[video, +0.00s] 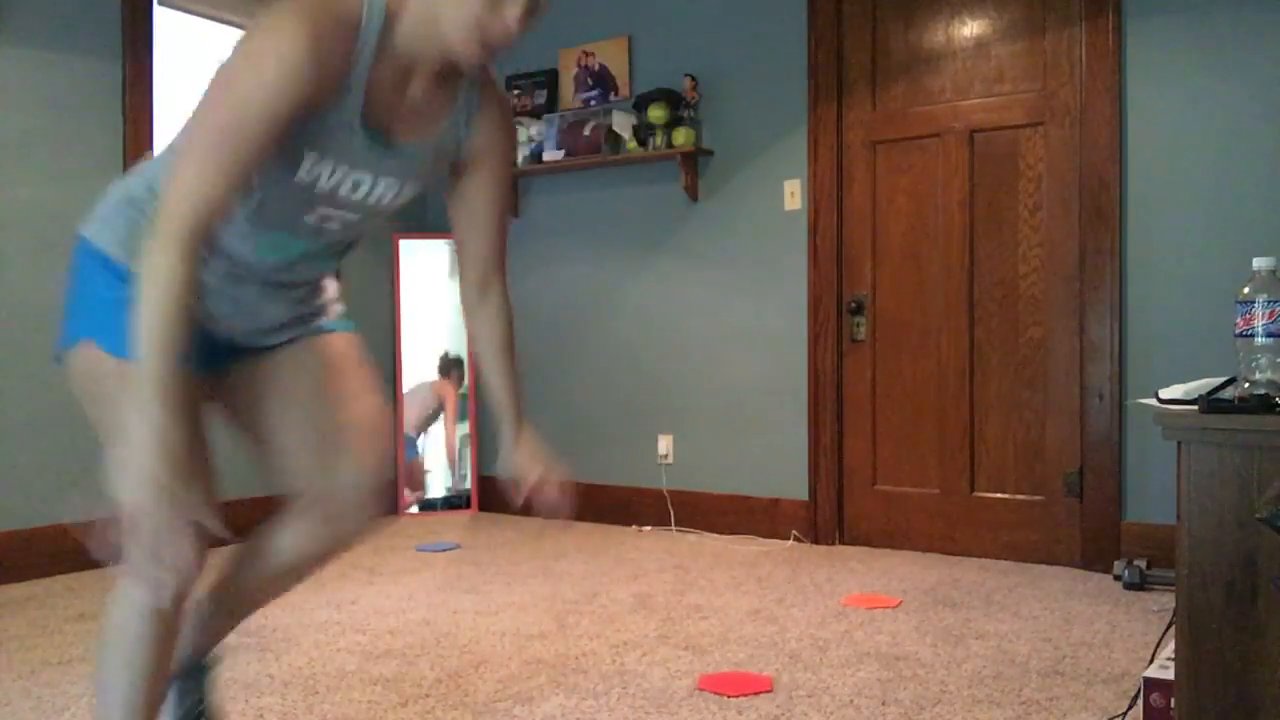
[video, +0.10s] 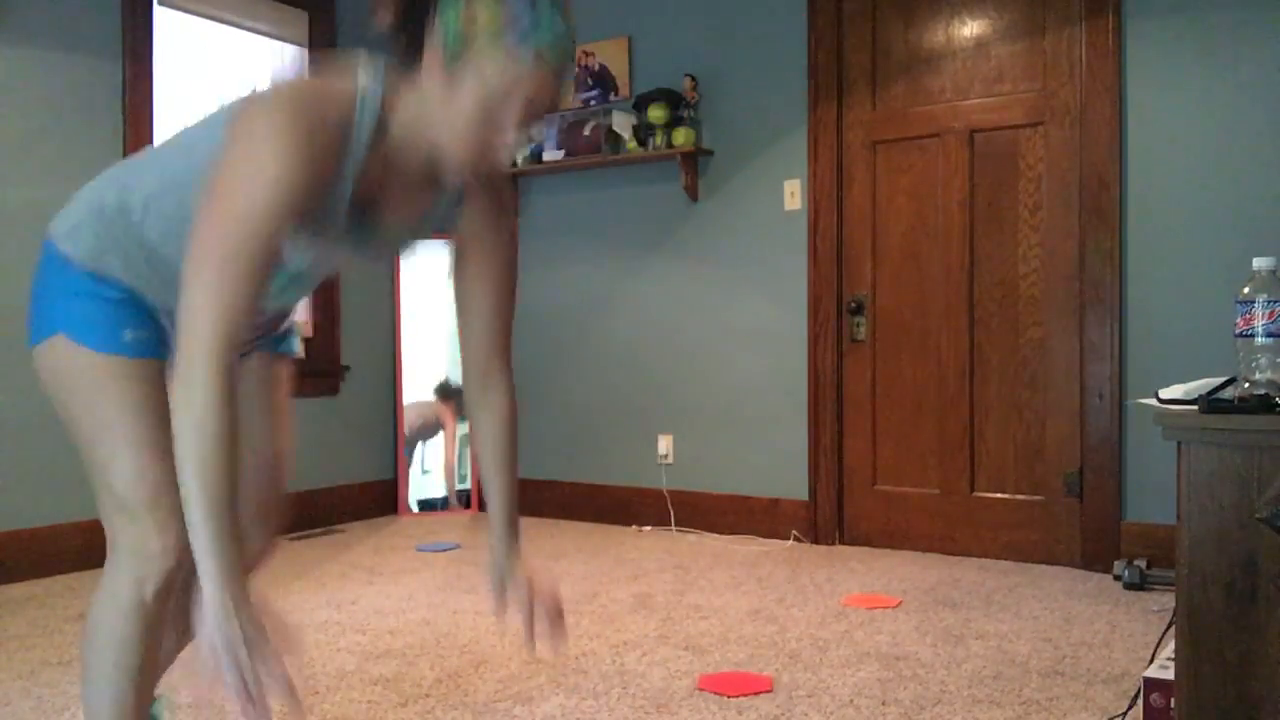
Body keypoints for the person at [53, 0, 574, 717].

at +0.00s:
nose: (513, 21)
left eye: (526, 8)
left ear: (533, 17)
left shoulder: (481, 120)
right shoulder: (308, 36)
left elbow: (483, 285)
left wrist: (515, 432)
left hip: (282, 297)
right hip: (145, 268)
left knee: (352, 491)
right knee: (168, 539)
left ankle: (182, 649)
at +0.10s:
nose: (512, 146)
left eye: (531, 121)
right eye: (504, 108)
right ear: (438, 60)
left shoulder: (479, 191)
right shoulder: (295, 126)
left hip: (243, 313)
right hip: (107, 279)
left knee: (251, 535)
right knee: (153, 549)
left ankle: (125, 695)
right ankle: (120, 706)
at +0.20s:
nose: (491, 304)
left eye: (510, 281)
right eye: (483, 269)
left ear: (533, 265)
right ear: (427, 211)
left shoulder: (459, 276)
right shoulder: (286, 243)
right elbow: (227, 543)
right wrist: (240, 711)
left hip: (187, 336)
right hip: (69, 298)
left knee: (201, 589)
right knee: (155, 558)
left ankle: (99, 702)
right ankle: (107, 708)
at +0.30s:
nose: (471, 456)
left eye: (493, 436)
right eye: (471, 422)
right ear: (432, 351)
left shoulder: (459, 359)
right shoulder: (285, 351)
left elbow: (504, 587)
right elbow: (252, 658)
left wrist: (548, 712)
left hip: (181, 343)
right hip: (59, 323)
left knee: (229, 604)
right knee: (173, 577)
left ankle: (103, 702)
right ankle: (105, 709)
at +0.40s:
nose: (452, 552)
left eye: (475, 541)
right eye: (455, 528)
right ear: (427, 459)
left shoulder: (468, 422)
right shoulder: (296, 429)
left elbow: (519, 635)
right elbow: (243, 708)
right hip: (74, 353)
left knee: (234, 583)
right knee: (196, 590)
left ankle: (115, 708)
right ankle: (110, 718)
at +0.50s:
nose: (458, 599)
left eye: (479, 592)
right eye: (456, 578)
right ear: (429, 504)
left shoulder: (473, 429)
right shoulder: (314, 433)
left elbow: (523, 638)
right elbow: (252, 705)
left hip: (208, 288)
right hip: (101, 289)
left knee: (236, 575)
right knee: (169, 553)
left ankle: (101, 696)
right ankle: (112, 708)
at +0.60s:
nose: (460, 618)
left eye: (482, 610)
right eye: (465, 594)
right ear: (439, 527)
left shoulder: (479, 444)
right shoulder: (324, 456)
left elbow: (531, 659)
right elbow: (262, 707)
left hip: (237, 247)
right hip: (126, 251)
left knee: (228, 537)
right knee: (152, 546)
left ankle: (112, 666)